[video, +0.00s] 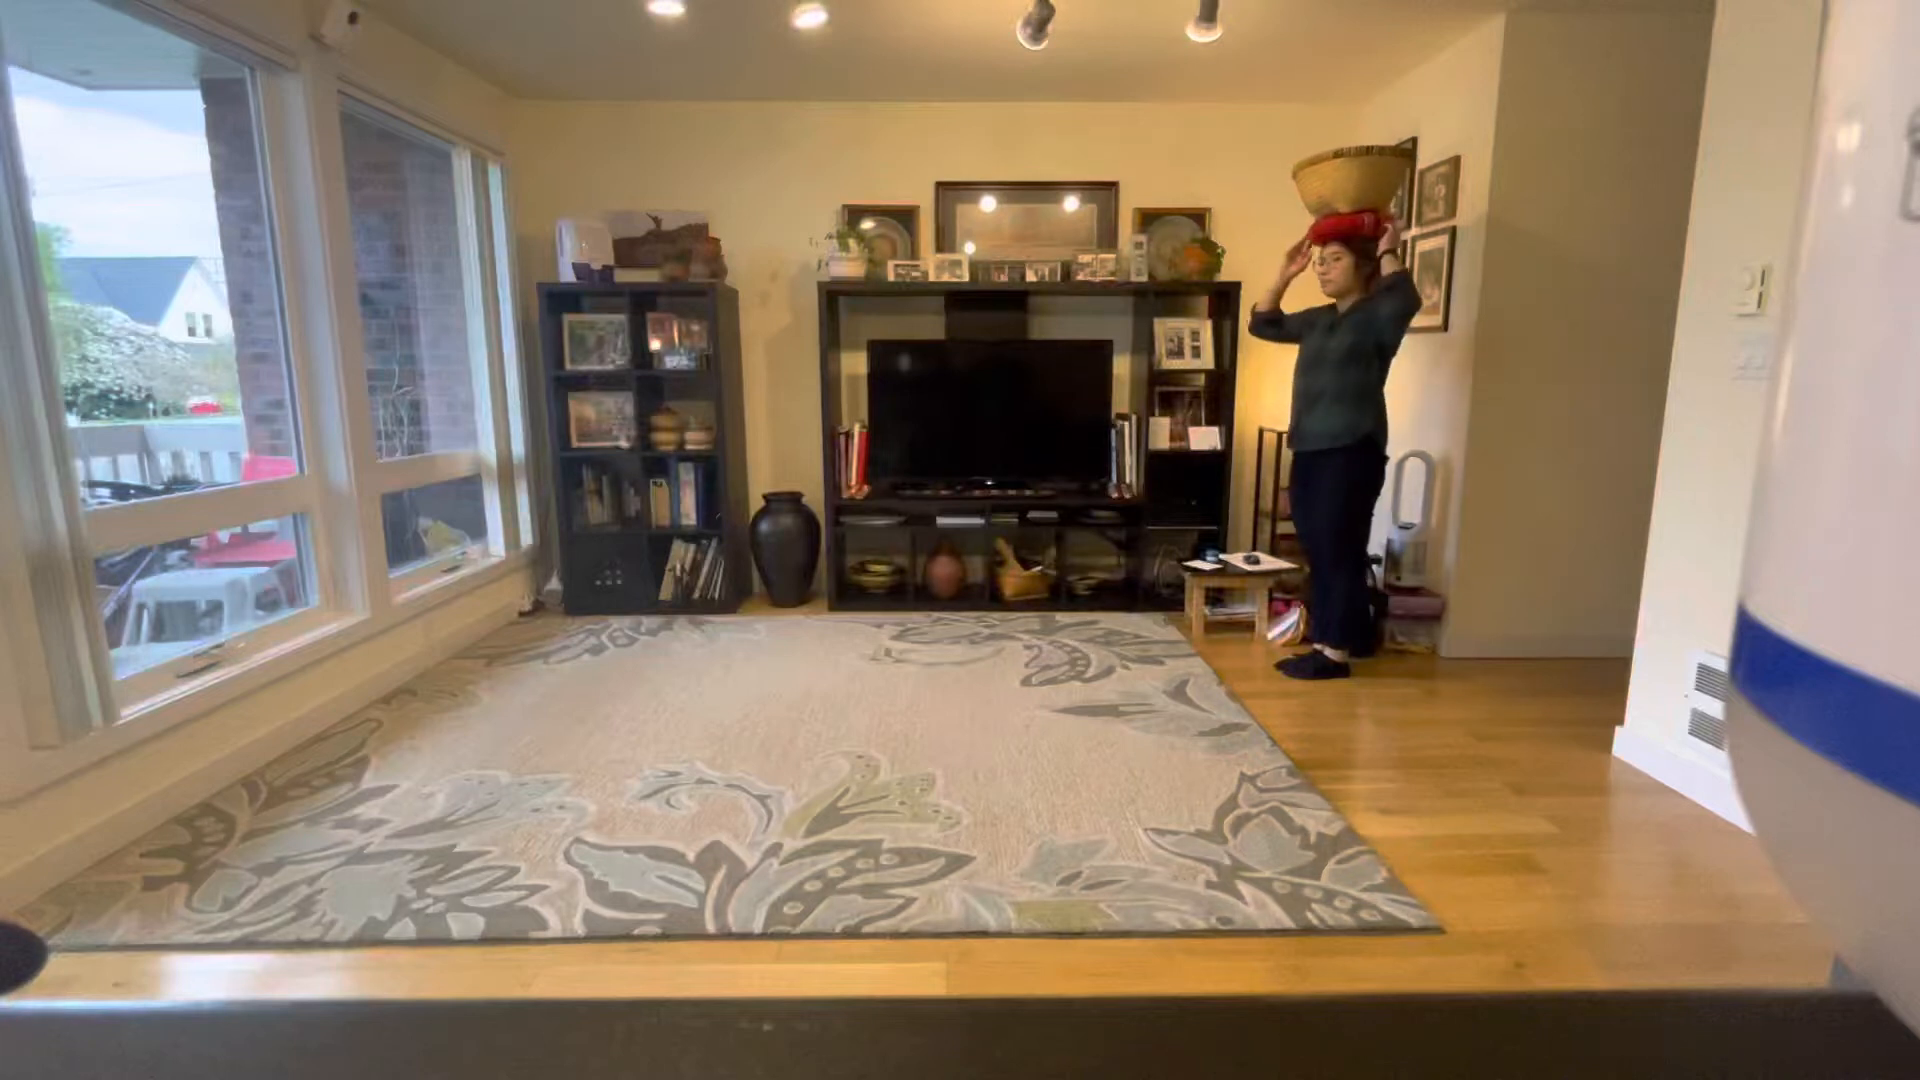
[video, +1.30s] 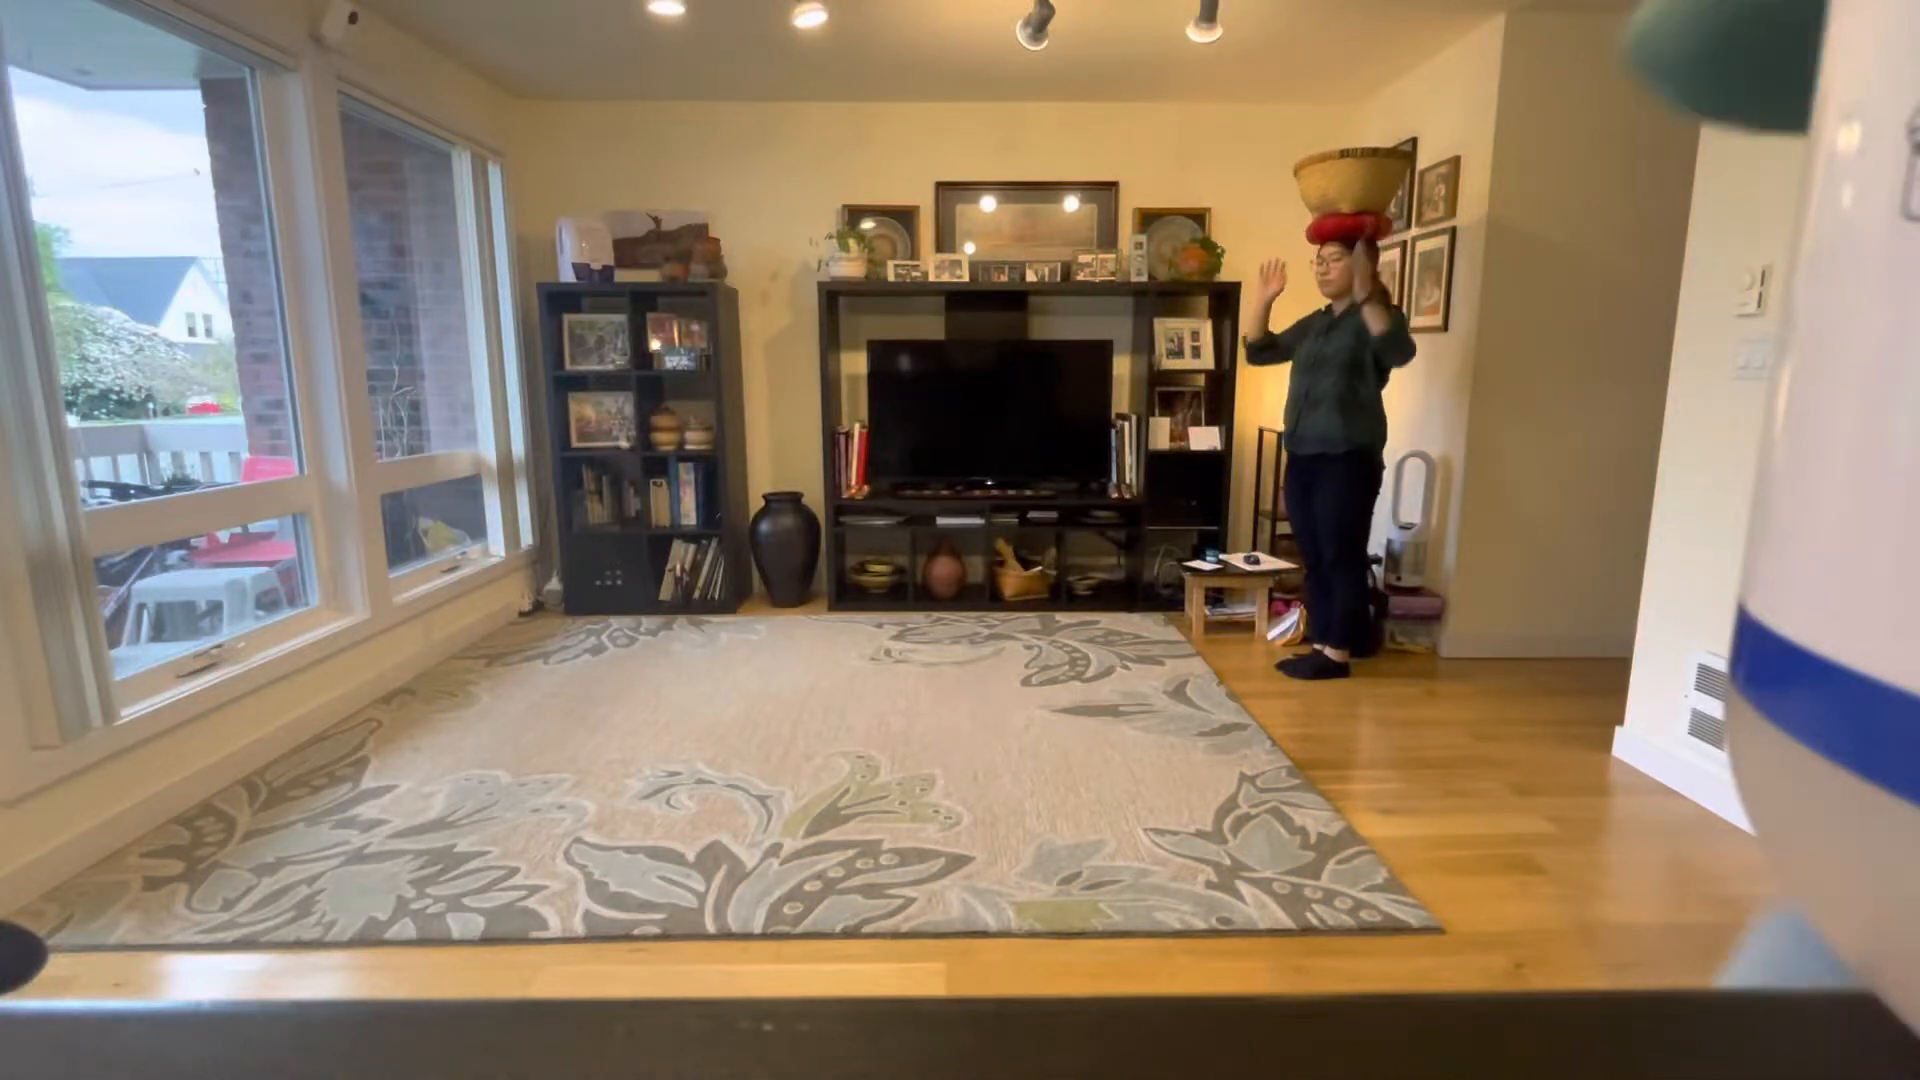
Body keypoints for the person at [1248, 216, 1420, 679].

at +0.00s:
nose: (1323, 268)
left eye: (1334, 259)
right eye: (1319, 260)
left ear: (1363, 265)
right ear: (1317, 266)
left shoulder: (1377, 314)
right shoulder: (1318, 318)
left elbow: (1404, 299)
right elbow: (1263, 324)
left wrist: (1386, 256)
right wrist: (1284, 277)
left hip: (1354, 448)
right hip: (1311, 449)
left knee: (1339, 546)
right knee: (1318, 545)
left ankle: (1334, 649)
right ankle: (1332, 638)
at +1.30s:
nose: (1321, 268)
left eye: (1332, 259)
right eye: (1318, 260)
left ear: (1361, 264)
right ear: (1315, 267)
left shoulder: (1378, 317)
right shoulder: (1313, 323)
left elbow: (1398, 353)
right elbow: (1258, 352)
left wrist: (1370, 293)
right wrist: (1262, 300)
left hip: (1350, 457)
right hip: (1305, 456)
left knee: (1341, 553)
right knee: (1315, 553)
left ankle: (1338, 653)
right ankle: (1323, 644)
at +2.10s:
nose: (1316, 270)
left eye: (1326, 261)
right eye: (1312, 263)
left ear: (1354, 268)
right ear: (1311, 270)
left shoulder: (1373, 327)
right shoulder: (1317, 328)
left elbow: (1392, 399)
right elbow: (1314, 400)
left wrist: (1335, 429)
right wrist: (1279, 414)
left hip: (1347, 461)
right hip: (1306, 458)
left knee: (1338, 556)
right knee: (1294, 552)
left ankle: (1337, 652)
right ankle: (1316, 638)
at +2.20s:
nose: (1313, 270)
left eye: (1324, 261)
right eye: (1311, 263)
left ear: (1354, 268)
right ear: (1310, 272)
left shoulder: (1371, 326)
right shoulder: (1315, 329)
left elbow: (1388, 399)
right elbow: (1313, 400)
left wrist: (1332, 430)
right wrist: (1276, 415)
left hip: (1346, 460)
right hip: (1304, 458)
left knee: (1337, 555)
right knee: (1295, 552)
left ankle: (1337, 652)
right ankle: (1311, 638)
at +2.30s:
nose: (1311, 270)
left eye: (1321, 261)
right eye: (1308, 263)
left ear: (1351, 268)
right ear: (1307, 272)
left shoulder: (1368, 326)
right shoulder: (1311, 328)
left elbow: (1381, 400)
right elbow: (1305, 400)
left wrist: (1325, 431)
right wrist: (1269, 418)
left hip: (1343, 458)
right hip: (1301, 456)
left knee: (1336, 553)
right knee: (1295, 549)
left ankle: (1337, 651)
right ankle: (1306, 637)